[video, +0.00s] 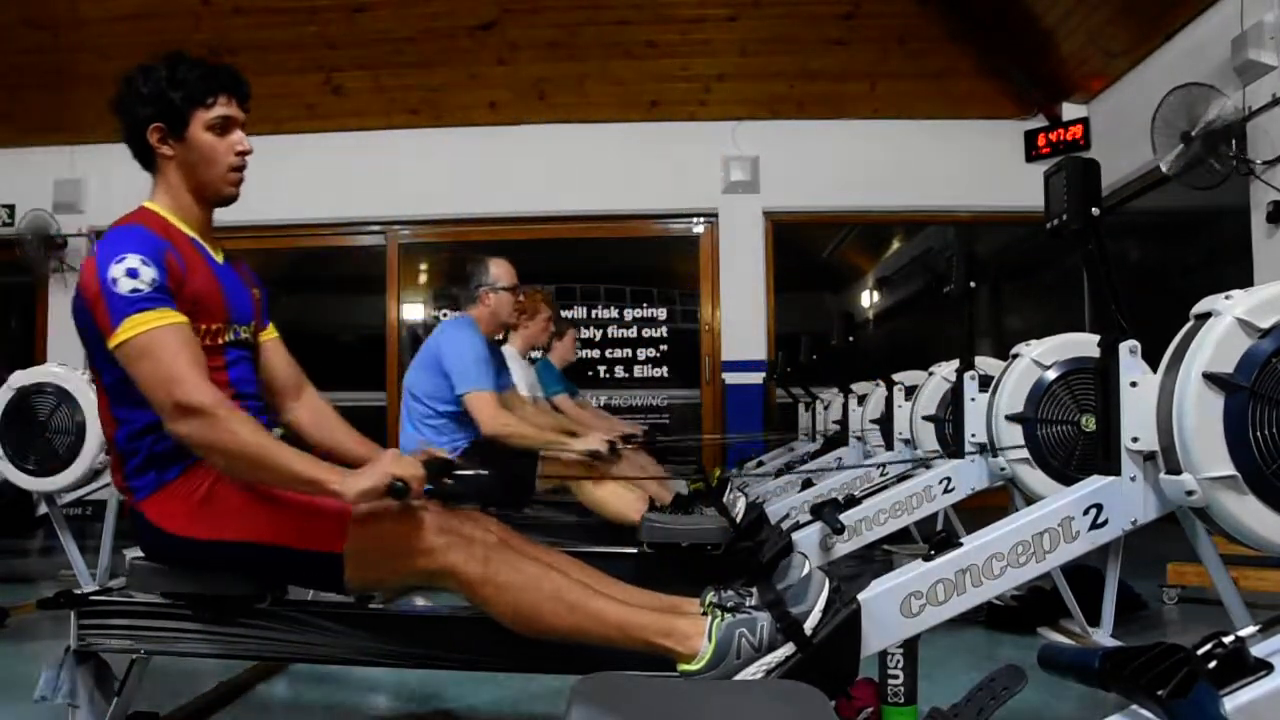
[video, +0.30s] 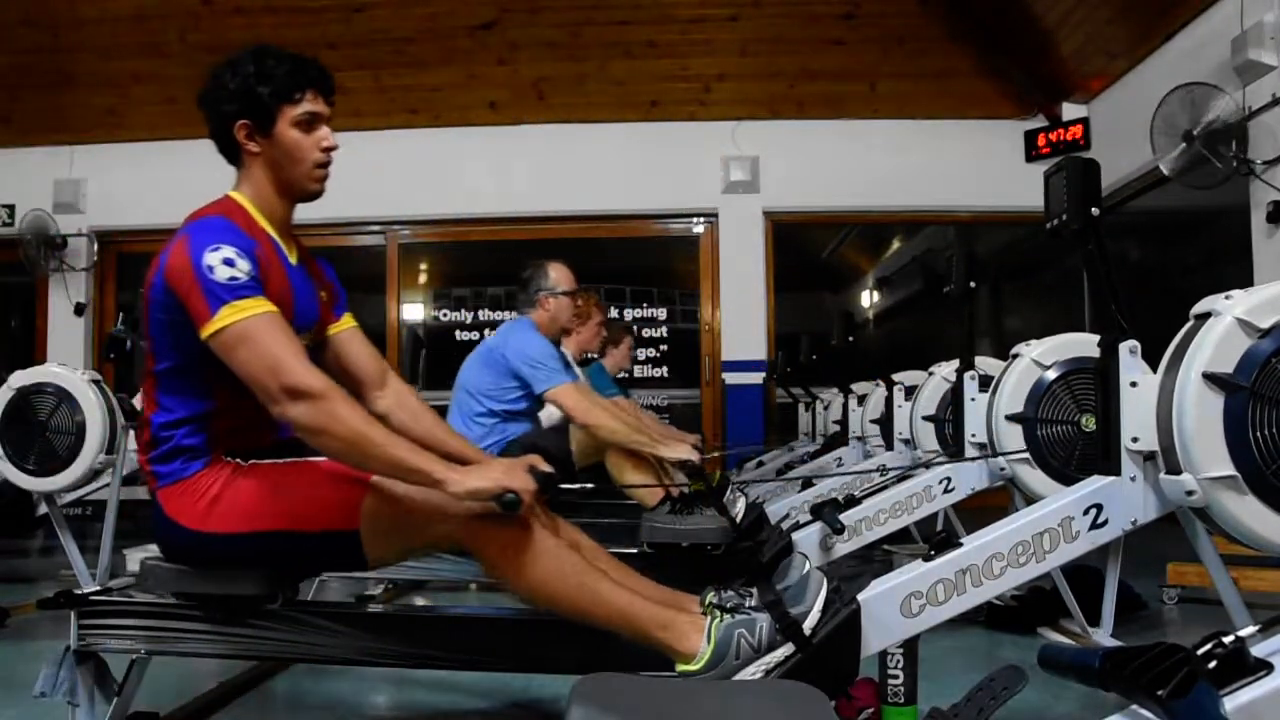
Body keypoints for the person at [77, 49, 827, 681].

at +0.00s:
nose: (243, 144)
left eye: (243, 129)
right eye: (221, 128)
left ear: (223, 144)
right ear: (163, 141)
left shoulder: (224, 269)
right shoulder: (129, 254)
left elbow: (292, 397)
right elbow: (193, 420)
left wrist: (374, 460)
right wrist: (340, 482)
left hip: (258, 483)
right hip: (193, 498)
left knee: (475, 523)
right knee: (447, 536)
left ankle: (698, 624)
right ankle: (697, 639)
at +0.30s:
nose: (329, 144)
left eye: (329, 127)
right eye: (309, 126)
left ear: (281, 138)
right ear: (248, 136)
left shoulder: (298, 263)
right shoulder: (212, 244)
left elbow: (383, 385)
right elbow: (294, 397)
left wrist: (476, 461)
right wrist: (455, 476)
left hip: (268, 474)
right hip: (207, 490)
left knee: (499, 489)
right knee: (475, 510)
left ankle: (699, 621)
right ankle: (693, 643)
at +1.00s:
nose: (598, 155)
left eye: (594, 136)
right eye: (579, 137)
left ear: (529, 153)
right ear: (520, 150)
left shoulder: (502, 244)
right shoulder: (487, 248)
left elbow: (611, 378)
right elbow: (620, 389)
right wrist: (780, 468)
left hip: (422, 483)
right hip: (396, 499)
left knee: (633, 386)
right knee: (633, 398)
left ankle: (698, 620)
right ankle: (700, 641)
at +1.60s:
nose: (673, 144)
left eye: (667, 125)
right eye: (655, 126)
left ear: (605, 145)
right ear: (599, 142)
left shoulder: (586, 228)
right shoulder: (580, 232)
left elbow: (709, 348)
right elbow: (726, 365)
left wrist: (857, 415)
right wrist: (881, 418)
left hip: (495, 484)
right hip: (478, 498)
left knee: (701, 360)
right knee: (708, 375)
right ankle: (703, 622)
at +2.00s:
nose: (313, 116)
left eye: (312, 100)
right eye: (290, 100)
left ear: (311, 112)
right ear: (230, 116)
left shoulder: (297, 235)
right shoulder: (225, 211)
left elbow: (385, 337)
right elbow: (342, 333)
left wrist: (513, 358)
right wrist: (515, 356)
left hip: (269, 468)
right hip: (223, 480)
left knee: (513, 475)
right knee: (492, 481)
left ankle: (704, 618)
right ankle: (703, 643)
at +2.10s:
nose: (228, 130)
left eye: (228, 114)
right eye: (206, 114)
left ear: (223, 125)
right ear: (146, 131)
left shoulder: (240, 259)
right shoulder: (137, 228)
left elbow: (328, 361)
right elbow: (238, 345)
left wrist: (429, 351)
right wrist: (423, 345)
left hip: (253, 468)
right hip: (197, 487)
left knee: (491, 505)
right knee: (471, 513)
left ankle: (696, 624)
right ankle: (695, 640)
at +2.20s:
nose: (166, 152)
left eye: (164, 136)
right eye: (142, 137)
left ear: (152, 152)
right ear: (81, 156)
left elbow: (261, 385)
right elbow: (123, 371)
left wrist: (362, 346)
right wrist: (293, 339)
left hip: (249, 461)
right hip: (191, 481)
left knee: (467, 523)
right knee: (441, 531)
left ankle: (699, 625)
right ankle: (703, 642)